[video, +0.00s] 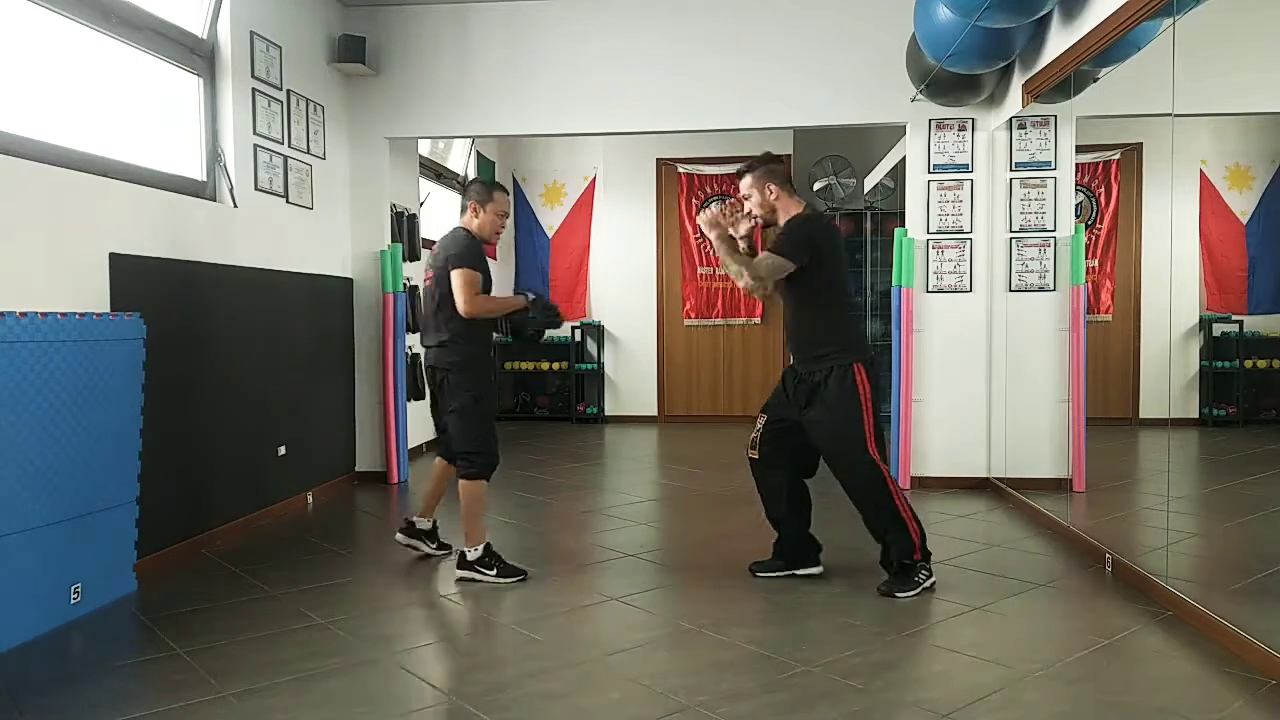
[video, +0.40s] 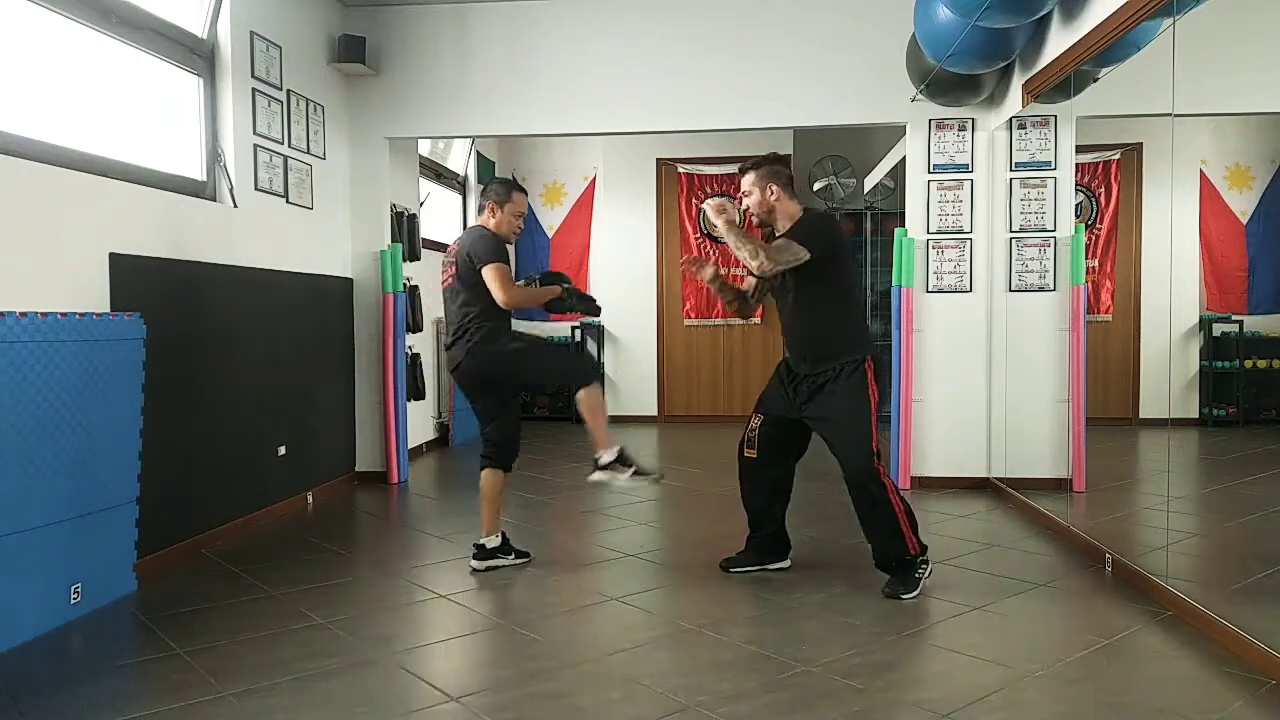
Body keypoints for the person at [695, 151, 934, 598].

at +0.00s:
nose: (747, 209)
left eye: (748, 198)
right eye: (743, 201)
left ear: (772, 189)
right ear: (774, 192)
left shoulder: (806, 228)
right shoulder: (789, 232)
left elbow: (754, 279)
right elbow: (762, 284)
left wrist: (719, 236)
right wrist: (733, 238)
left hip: (842, 371)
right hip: (804, 373)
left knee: (860, 467)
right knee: (769, 454)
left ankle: (911, 563)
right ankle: (798, 553)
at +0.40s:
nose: (743, 205)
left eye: (747, 194)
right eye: (742, 198)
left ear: (773, 191)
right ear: (771, 196)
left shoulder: (820, 225)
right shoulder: (771, 245)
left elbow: (765, 259)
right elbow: (745, 308)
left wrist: (726, 225)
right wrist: (717, 282)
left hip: (845, 371)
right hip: (796, 372)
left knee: (862, 468)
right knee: (758, 451)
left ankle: (908, 561)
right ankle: (769, 547)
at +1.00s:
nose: (739, 196)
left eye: (743, 187)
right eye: (739, 188)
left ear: (767, 189)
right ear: (766, 190)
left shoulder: (806, 232)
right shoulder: (766, 235)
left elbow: (740, 273)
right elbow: (719, 265)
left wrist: (743, 221)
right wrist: (710, 231)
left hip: (809, 376)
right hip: (761, 374)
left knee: (840, 471)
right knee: (714, 449)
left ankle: (898, 557)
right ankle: (712, 544)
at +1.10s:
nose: (719, 198)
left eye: (723, 190)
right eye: (719, 192)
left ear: (748, 192)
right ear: (744, 193)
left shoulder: (792, 235)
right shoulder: (730, 225)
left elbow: (737, 274)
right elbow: (671, 226)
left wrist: (729, 220)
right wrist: (630, 209)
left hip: (795, 373)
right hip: (748, 370)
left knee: (801, 468)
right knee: (700, 448)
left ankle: (826, 560)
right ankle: (707, 544)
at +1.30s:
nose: (676, 218)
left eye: (680, 208)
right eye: (675, 209)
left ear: (706, 207)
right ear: (703, 209)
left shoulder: (744, 250)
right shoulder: (698, 245)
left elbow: (714, 302)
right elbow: (640, 254)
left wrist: (690, 258)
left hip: (746, 381)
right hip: (705, 378)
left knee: (760, 472)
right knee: (651, 447)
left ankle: (817, 562)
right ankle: (650, 544)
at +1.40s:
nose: (653, 212)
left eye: (657, 204)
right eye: (653, 204)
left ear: (678, 203)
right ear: (679, 204)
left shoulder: (709, 241)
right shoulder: (677, 247)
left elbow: (682, 279)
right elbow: (635, 261)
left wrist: (655, 257)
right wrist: (593, 234)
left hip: (717, 376)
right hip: (686, 376)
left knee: (728, 474)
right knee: (638, 446)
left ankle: (818, 551)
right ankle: (642, 545)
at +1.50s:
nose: (632, 209)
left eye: (638, 203)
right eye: (633, 203)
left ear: (662, 204)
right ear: (673, 206)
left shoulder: (673, 231)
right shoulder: (699, 243)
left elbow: (593, 222)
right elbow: (656, 281)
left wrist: (595, 226)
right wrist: (629, 233)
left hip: (696, 370)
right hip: (679, 372)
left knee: (711, 476)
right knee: (633, 446)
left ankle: (795, 557)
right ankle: (639, 544)